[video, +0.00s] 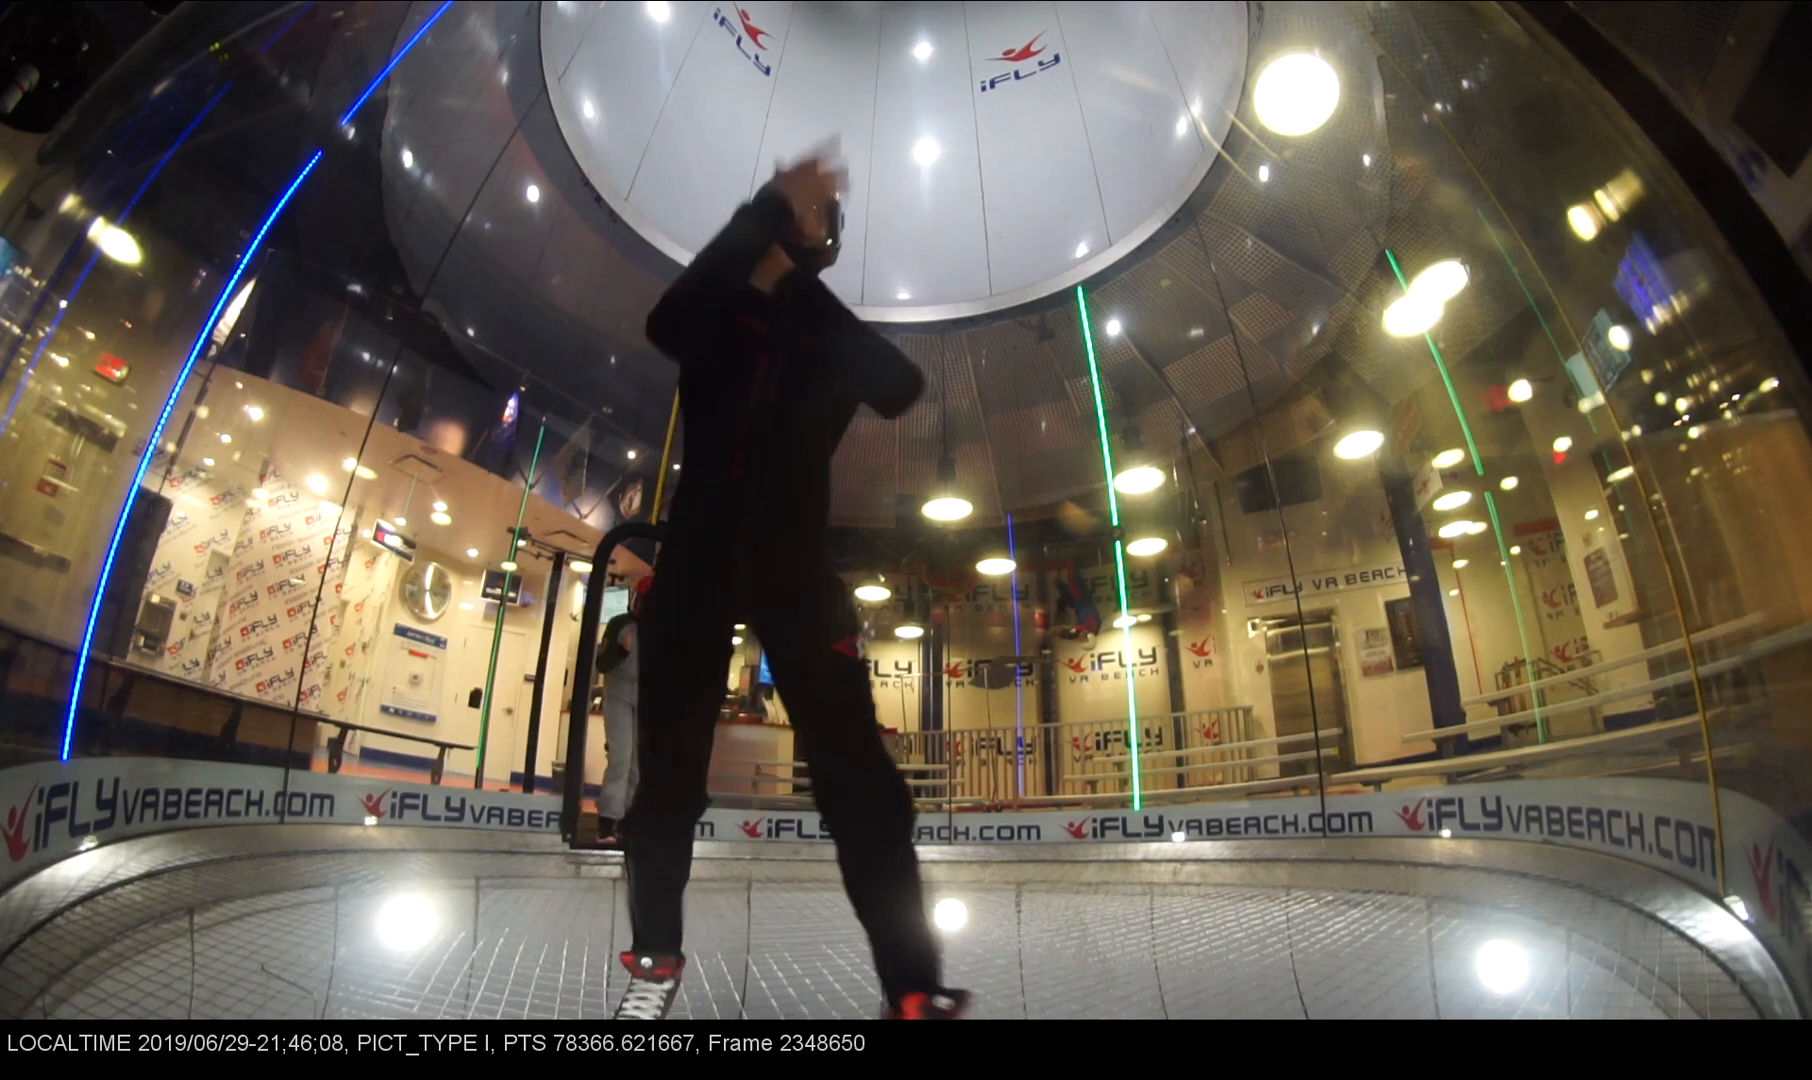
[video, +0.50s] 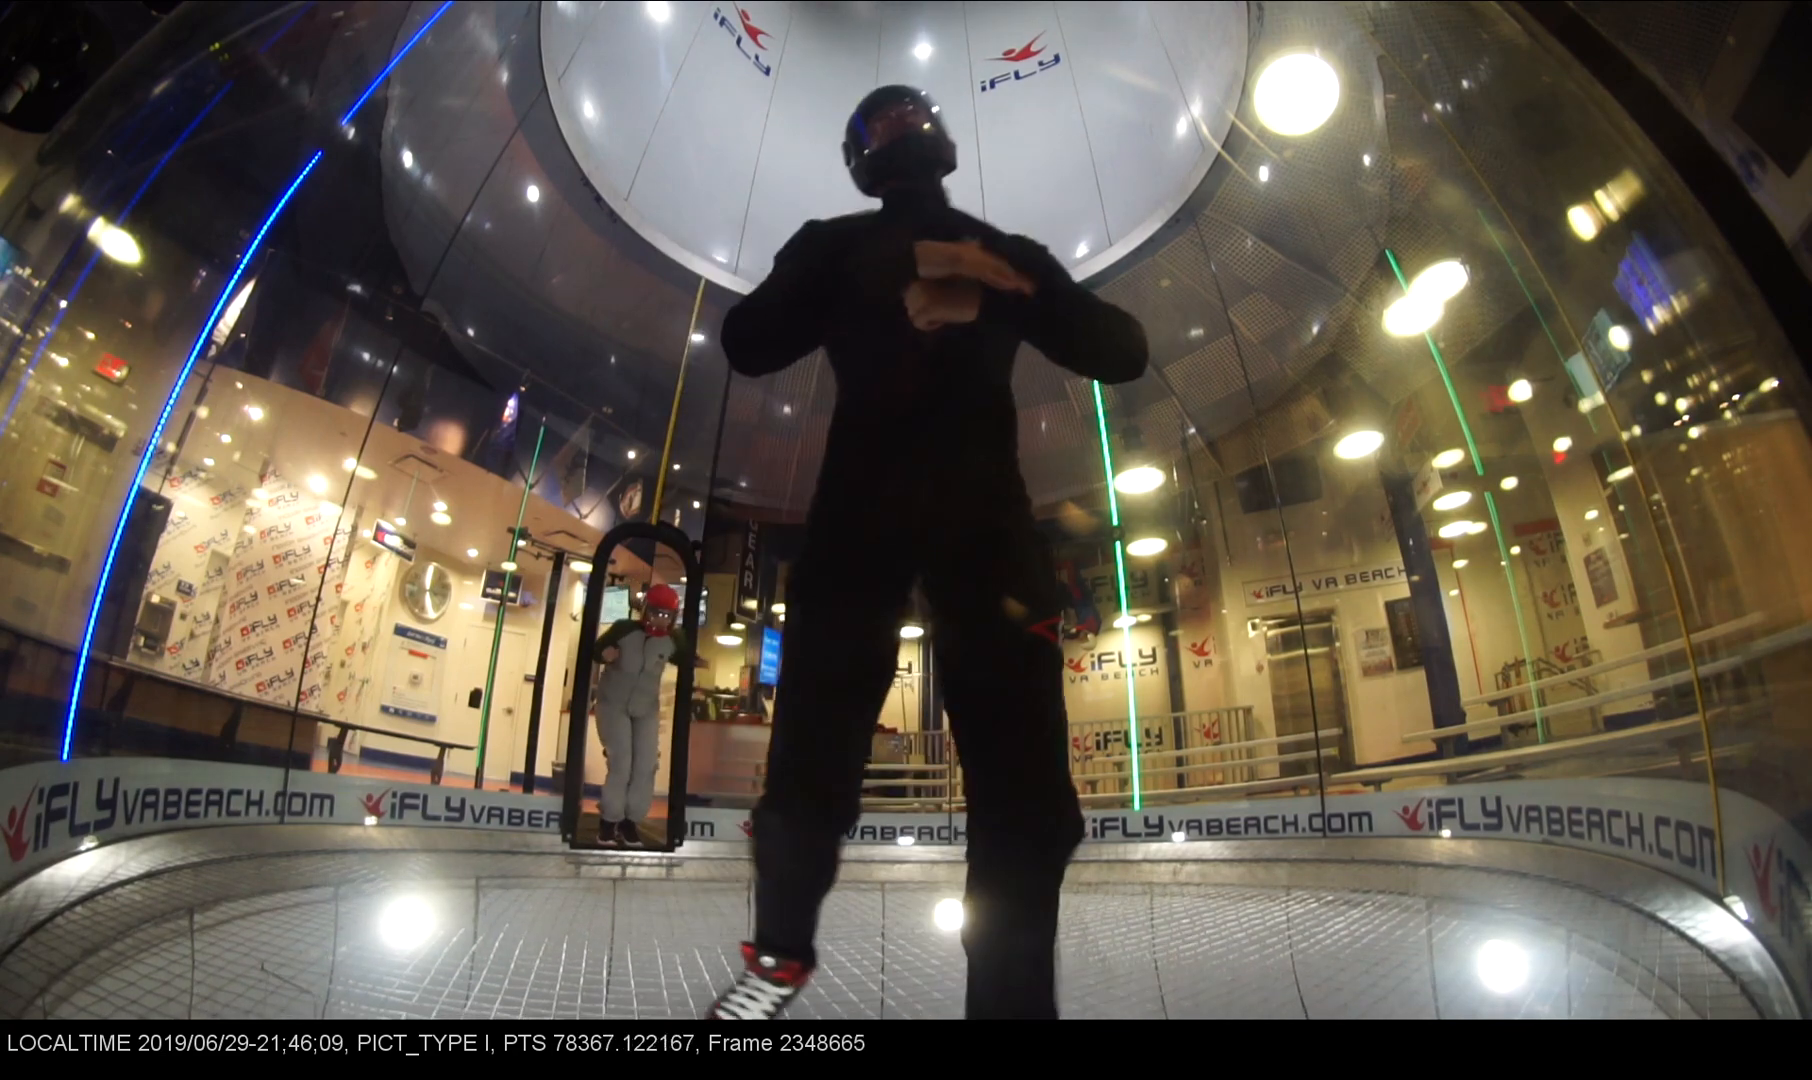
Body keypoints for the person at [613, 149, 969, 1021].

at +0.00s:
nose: (817, 227)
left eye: (827, 218)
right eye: (804, 213)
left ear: (830, 243)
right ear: (765, 230)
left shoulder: (836, 333)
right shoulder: (709, 310)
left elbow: (901, 389)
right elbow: (665, 326)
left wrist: (806, 286)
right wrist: (765, 210)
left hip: (796, 564)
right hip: (696, 558)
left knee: (856, 770)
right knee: (668, 765)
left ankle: (914, 988)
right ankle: (654, 959)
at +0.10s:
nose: (817, 193)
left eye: (831, 188)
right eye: (799, 188)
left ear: (849, 229)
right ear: (771, 219)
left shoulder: (870, 327)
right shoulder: (731, 303)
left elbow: (962, 398)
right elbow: (714, 254)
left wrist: (836, 317)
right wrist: (776, 127)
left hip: (826, 559)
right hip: (722, 551)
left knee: (899, 791)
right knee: (684, 767)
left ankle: (974, 1010)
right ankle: (658, 958)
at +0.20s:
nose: (846, 189)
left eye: (853, 181)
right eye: (827, 181)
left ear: (865, 214)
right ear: (792, 201)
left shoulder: (912, 317)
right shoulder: (758, 294)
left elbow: (1022, 387)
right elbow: (762, 234)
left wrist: (892, 333)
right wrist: (796, 141)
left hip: (874, 556)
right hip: (756, 549)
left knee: (944, 808)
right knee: (704, 771)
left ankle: (986, 1008)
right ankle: (664, 953)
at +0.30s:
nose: (865, 178)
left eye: (871, 170)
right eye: (845, 175)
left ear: (890, 203)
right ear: (814, 202)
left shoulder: (951, 305)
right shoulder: (790, 299)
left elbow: (1069, 370)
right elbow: (797, 230)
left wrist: (968, 305)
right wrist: (825, 128)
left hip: (920, 544)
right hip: (800, 538)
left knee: (987, 813)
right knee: (743, 739)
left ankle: (996, 1006)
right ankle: (695, 945)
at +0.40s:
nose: (888, 155)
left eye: (894, 141)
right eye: (865, 146)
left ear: (922, 164)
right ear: (835, 178)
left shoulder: (984, 279)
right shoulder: (817, 273)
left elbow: (1108, 357)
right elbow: (760, 333)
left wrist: (975, 305)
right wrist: (854, 200)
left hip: (957, 539)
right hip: (834, 536)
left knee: (1018, 813)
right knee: (779, 739)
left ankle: (1006, 1010)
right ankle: (733, 946)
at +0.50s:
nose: (909, 129)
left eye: (922, 117)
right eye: (886, 124)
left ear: (950, 146)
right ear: (860, 161)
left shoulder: (1009, 256)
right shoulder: (835, 245)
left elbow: (1127, 352)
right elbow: (747, 346)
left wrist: (1017, 284)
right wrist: (871, 270)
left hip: (985, 521)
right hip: (858, 521)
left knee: (1025, 795)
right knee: (814, 753)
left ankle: (1013, 1011)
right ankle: (779, 954)